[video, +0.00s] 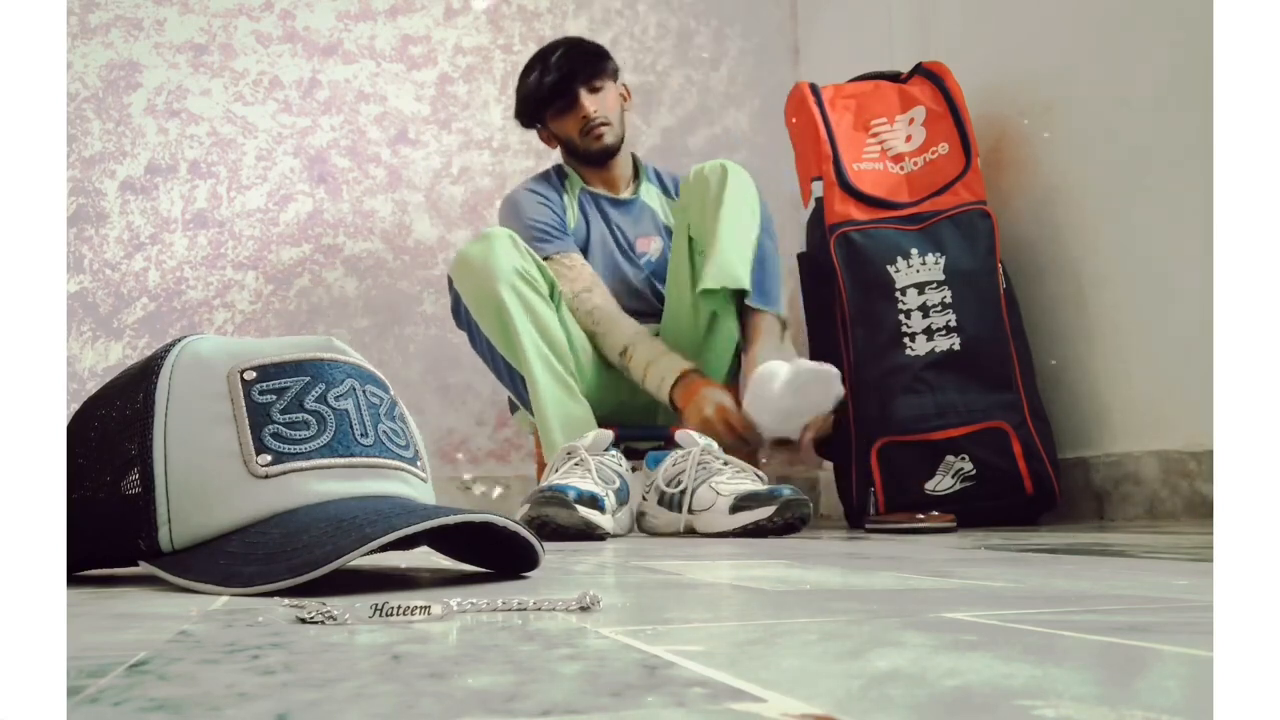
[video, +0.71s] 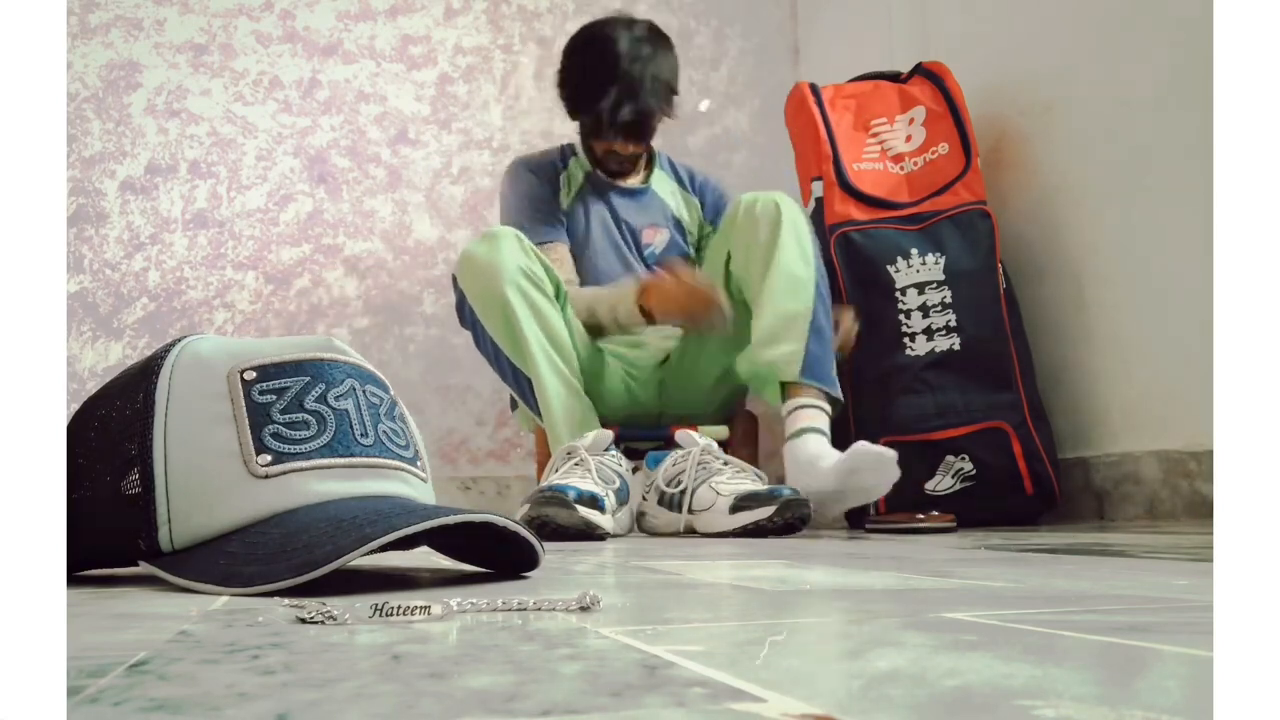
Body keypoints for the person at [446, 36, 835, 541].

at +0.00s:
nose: (588, 109)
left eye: (596, 88)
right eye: (564, 104)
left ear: (623, 96)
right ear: (547, 135)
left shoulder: (689, 193)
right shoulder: (533, 206)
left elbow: (763, 332)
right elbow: (601, 319)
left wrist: (760, 386)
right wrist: (683, 385)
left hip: (684, 378)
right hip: (592, 383)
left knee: (724, 178)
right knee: (482, 254)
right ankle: (582, 459)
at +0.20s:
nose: (567, 109)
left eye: (575, 88)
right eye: (544, 108)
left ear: (609, 92)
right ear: (536, 139)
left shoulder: (680, 191)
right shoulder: (529, 200)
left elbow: (748, 271)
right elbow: (578, 305)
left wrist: (802, 334)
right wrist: (669, 348)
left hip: (688, 380)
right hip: (595, 381)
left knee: (727, 178)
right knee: (494, 249)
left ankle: (765, 373)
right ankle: (591, 454)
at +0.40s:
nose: (579, 103)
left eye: (589, 80)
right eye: (556, 97)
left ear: (619, 84)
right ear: (541, 124)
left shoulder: (685, 190)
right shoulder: (529, 193)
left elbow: (736, 291)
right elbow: (574, 302)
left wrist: (801, 344)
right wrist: (673, 339)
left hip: (694, 383)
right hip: (597, 382)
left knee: (729, 181)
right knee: (488, 252)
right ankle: (587, 458)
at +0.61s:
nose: (605, 142)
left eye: (619, 123)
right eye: (586, 127)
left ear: (645, 105)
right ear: (558, 113)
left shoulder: (688, 193)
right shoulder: (532, 189)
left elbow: (753, 288)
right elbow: (574, 302)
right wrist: (670, 341)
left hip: (690, 384)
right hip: (596, 379)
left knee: (757, 198)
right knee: (491, 251)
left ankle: (789, 446)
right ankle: (589, 459)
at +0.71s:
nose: (618, 148)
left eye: (635, 132)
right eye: (600, 131)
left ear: (660, 113)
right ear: (576, 110)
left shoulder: (697, 193)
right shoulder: (537, 180)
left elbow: (741, 297)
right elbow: (558, 306)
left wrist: (824, 318)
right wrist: (643, 298)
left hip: (696, 373)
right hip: (598, 373)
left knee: (774, 210)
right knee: (486, 253)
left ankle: (805, 450)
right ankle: (585, 460)